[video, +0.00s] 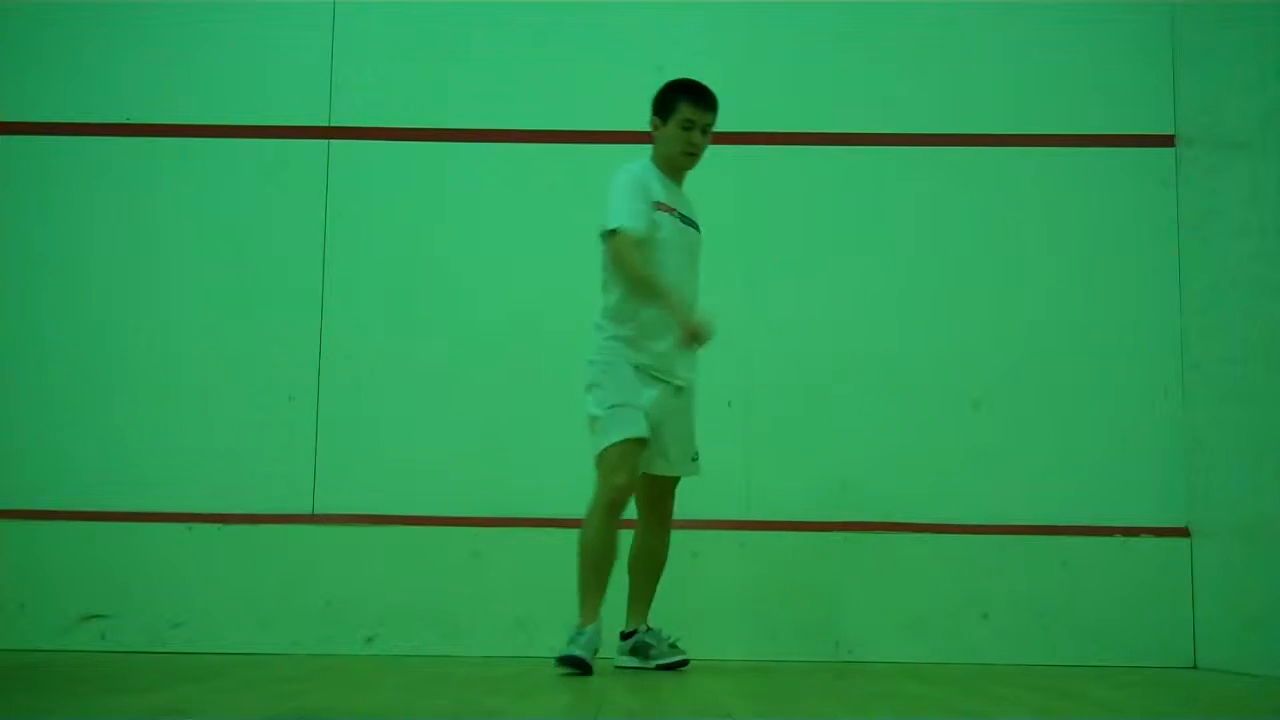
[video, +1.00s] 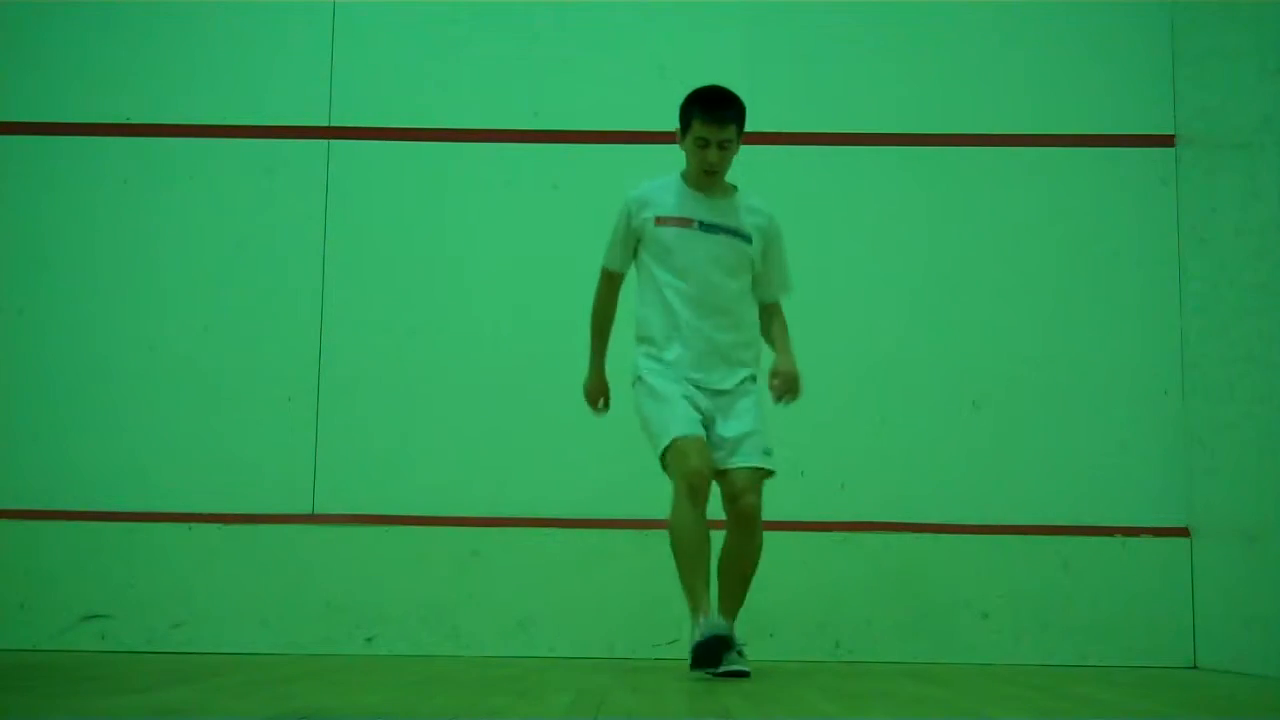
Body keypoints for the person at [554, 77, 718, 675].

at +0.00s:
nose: (695, 140)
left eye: (704, 131)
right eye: (686, 127)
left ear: (709, 139)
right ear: (657, 125)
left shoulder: (684, 206)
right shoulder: (633, 179)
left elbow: (671, 281)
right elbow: (623, 256)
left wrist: (679, 341)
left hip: (672, 373)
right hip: (623, 362)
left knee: (658, 498)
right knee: (616, 484)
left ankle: (637, 630)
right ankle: (586, 629)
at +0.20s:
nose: (669, 132)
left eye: (678, 123)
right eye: (658, 120)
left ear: (687, 128)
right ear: (631, 119)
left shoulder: (693, 201)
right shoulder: (599, 186)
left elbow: (682, 290)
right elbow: (580, 281)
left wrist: (674, 363)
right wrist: (606, 355)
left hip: (664, 374)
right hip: (602, 363)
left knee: (670, 509)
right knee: (583, 490)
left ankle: (640, 624)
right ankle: (573, 632)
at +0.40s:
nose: (660, 137)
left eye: (671, 125)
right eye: (649, 124)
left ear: (686, 125)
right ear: (627, 122)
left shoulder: (709, 189)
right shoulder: (599, 183)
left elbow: (714, 267)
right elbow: (584, 269)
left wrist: (724, 331)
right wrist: (610, 340)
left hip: (676, 370)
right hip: (603, 368)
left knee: (705, 494)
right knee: (583, 496)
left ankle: (704, 625)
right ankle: (574, 632)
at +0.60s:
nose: (686, 141)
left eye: (697, 129)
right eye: (674, 128)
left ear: (714, 125)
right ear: (653, 123)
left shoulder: (740, 183)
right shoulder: (620, 175)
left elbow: (753, 258)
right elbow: (579, 258)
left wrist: (749, 328)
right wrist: (573, 335)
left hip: (707, 369)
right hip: (633, 364)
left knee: (723, 492)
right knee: (605, 471)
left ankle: (723, 632)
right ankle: (595, 613)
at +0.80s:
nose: (706, 129)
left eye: (718, 118)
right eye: (695, 116)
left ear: (732, 119)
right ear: (673, 113)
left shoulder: (756, 179)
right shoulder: (633, 170)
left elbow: (778, 255)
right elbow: (600, 250)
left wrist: (776, 328)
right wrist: (582, 329)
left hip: (724, 350)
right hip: (654, 340)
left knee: (725, 488)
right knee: (662, 419)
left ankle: (724, 630)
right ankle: (683, 568)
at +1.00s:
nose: (713, 158)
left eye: (725, 146)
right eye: (702, 144)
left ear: (739, 145)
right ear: (681, 140)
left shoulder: (759, 222)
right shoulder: (644, 204)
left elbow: (770, 304)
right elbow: (608, 284)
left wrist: (784, 356)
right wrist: (596, 366)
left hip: (737, 380)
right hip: (664, 373)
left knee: (747, 498)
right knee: (695, 472)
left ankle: (724, 635)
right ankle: (703, 624)